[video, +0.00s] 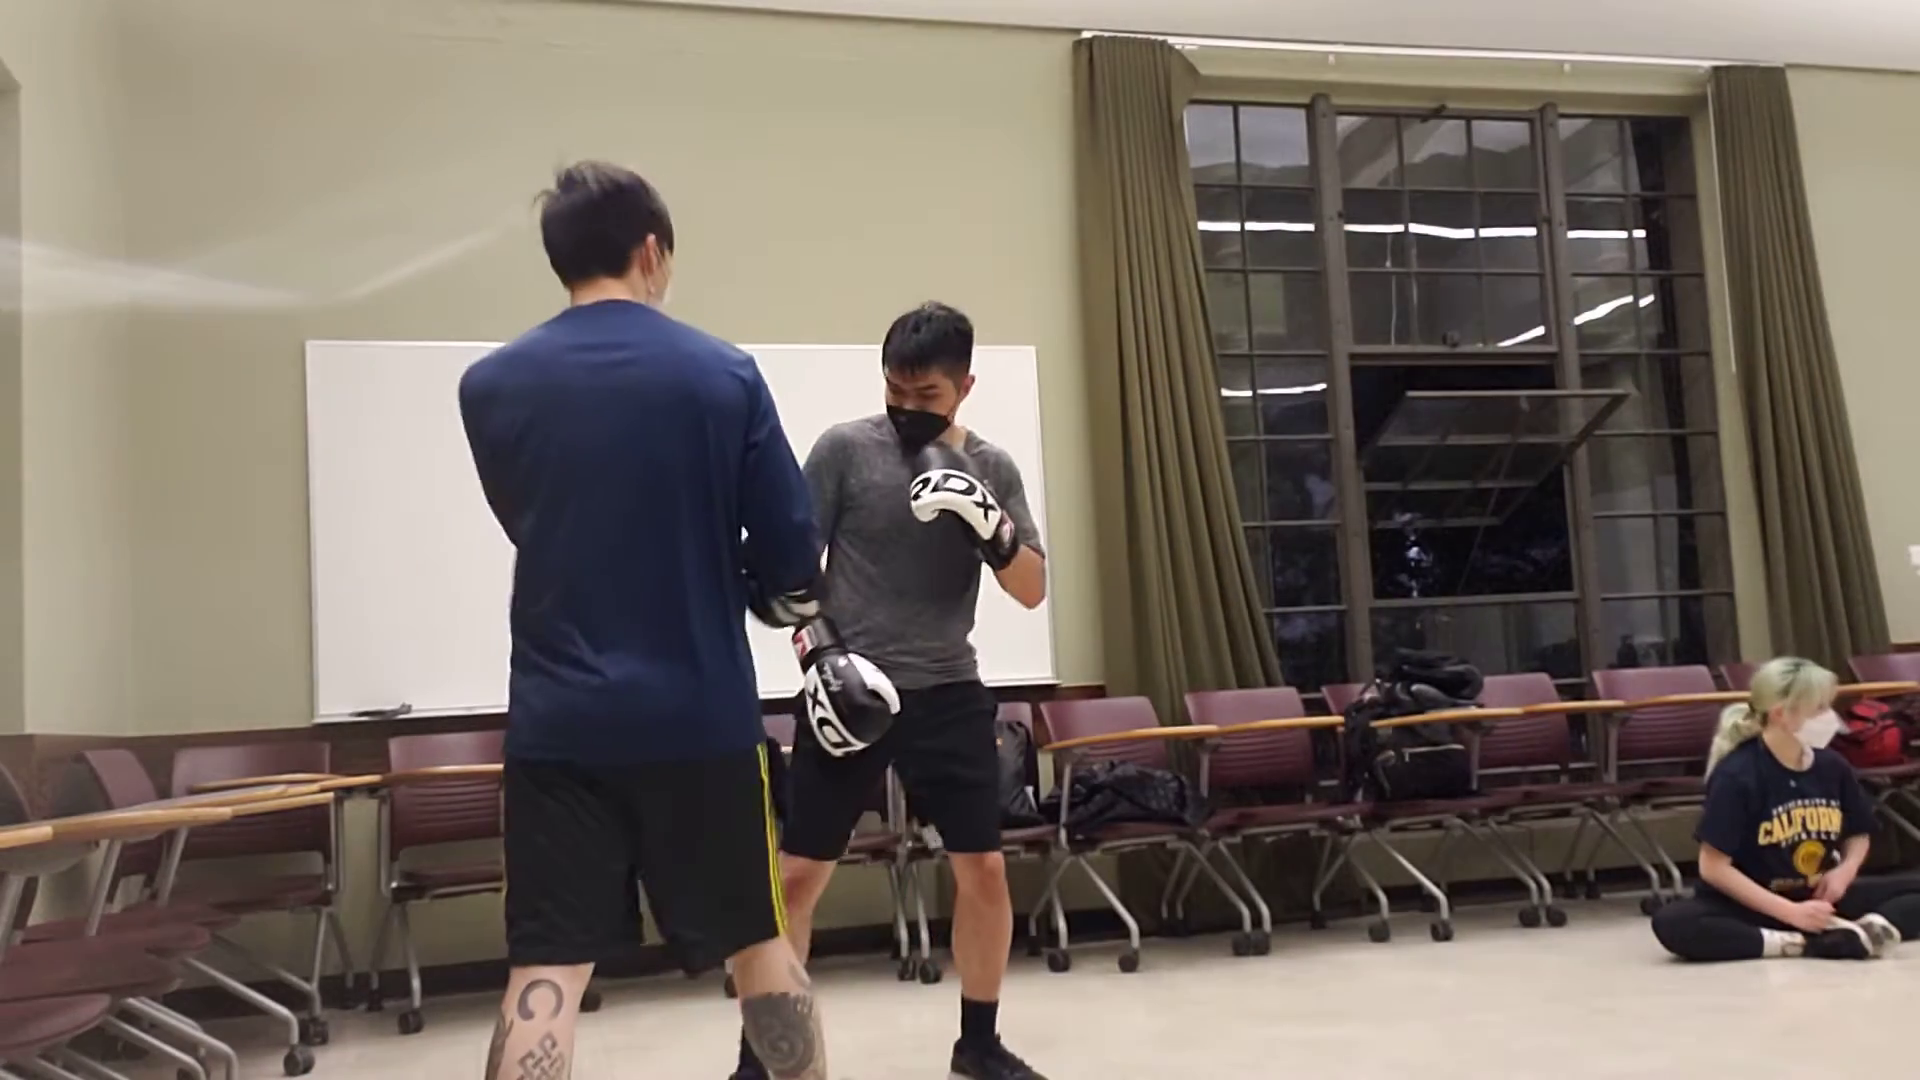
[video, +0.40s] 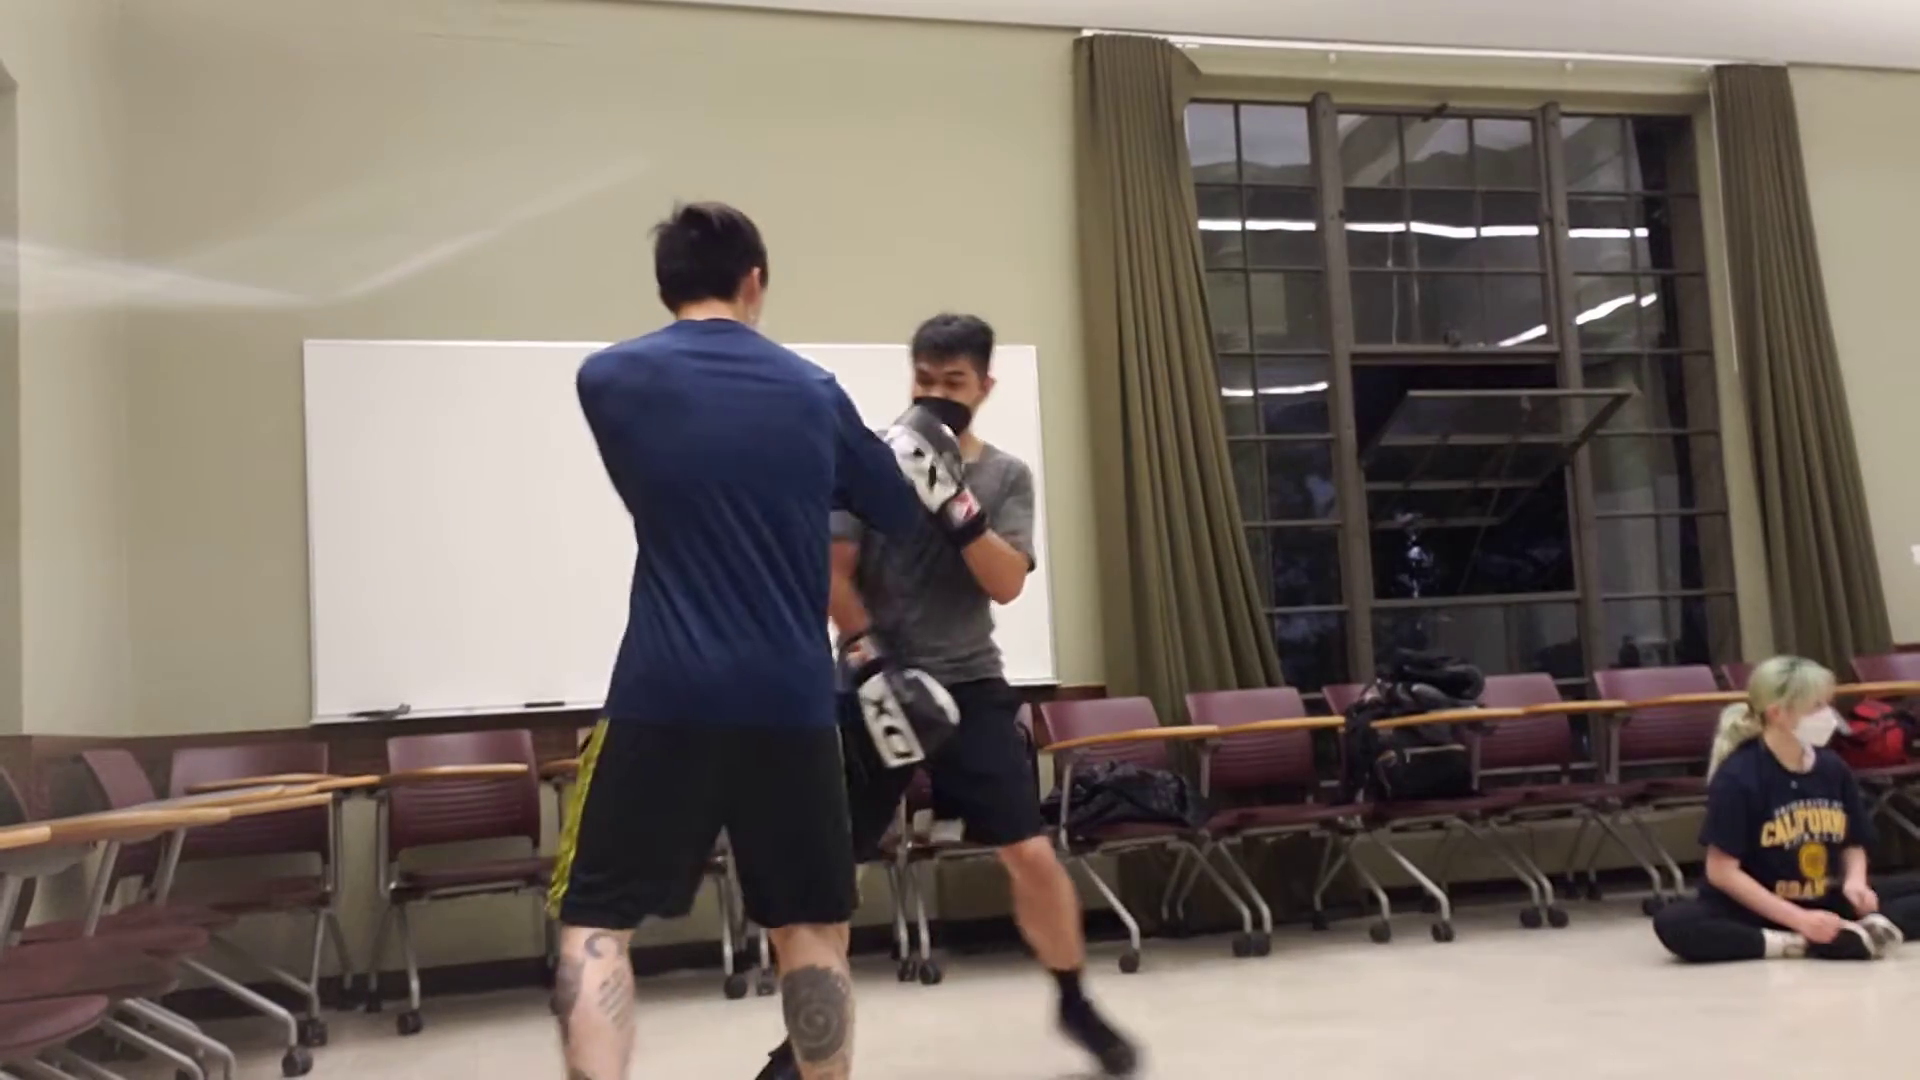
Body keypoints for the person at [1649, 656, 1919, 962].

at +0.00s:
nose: (1832, 718)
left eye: (1829, 707)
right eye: (1820, 710)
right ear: (1780, 715)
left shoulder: (1833, 767)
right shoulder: (1737, 774)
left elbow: (1860, 832)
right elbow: (1711, 867)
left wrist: (1844, 872)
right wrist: (1790, 912)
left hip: (1824, 897)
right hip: (1752, 905)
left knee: (1916, 890)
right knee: (1670, 923)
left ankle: (1857, 934)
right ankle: (1794, 945)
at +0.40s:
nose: (1830, 716)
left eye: (1828, 706)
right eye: (1817, 708)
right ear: (1778, 714)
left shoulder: (1833, 769)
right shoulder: (1738, 776)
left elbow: (1853, 842)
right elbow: (1720, 871)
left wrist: (1855, 881)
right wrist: (1799, 919)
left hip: (1827, 902)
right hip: (1756, 907)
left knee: (1915, 898)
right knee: (1671, 922)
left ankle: (1861, 936)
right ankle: (1793, 944)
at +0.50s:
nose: (1830, 716)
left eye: (1828, 705)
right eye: (1817, 708)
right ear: (1778, 714)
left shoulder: (1834, 770)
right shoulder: (1739, 776)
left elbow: (1856, 848)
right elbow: (1722, 870)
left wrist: (1858, 889)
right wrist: (1799, 920)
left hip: (1828, 905)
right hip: (1755, 909)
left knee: (1915, 902)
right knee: (1672, 922)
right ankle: (1792, 944)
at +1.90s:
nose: (1834, 715)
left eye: (1834, 704)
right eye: (1820, 706)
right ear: (1781, 712)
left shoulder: (1838, 774)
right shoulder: (1746, 775)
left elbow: (1858, 855)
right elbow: (1733, 872)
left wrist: (1867, 910)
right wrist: (1807, 927)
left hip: (1832, 906)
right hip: (1760, 910)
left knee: (1915, 895)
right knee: (1677, 923)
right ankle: (1795, 945)